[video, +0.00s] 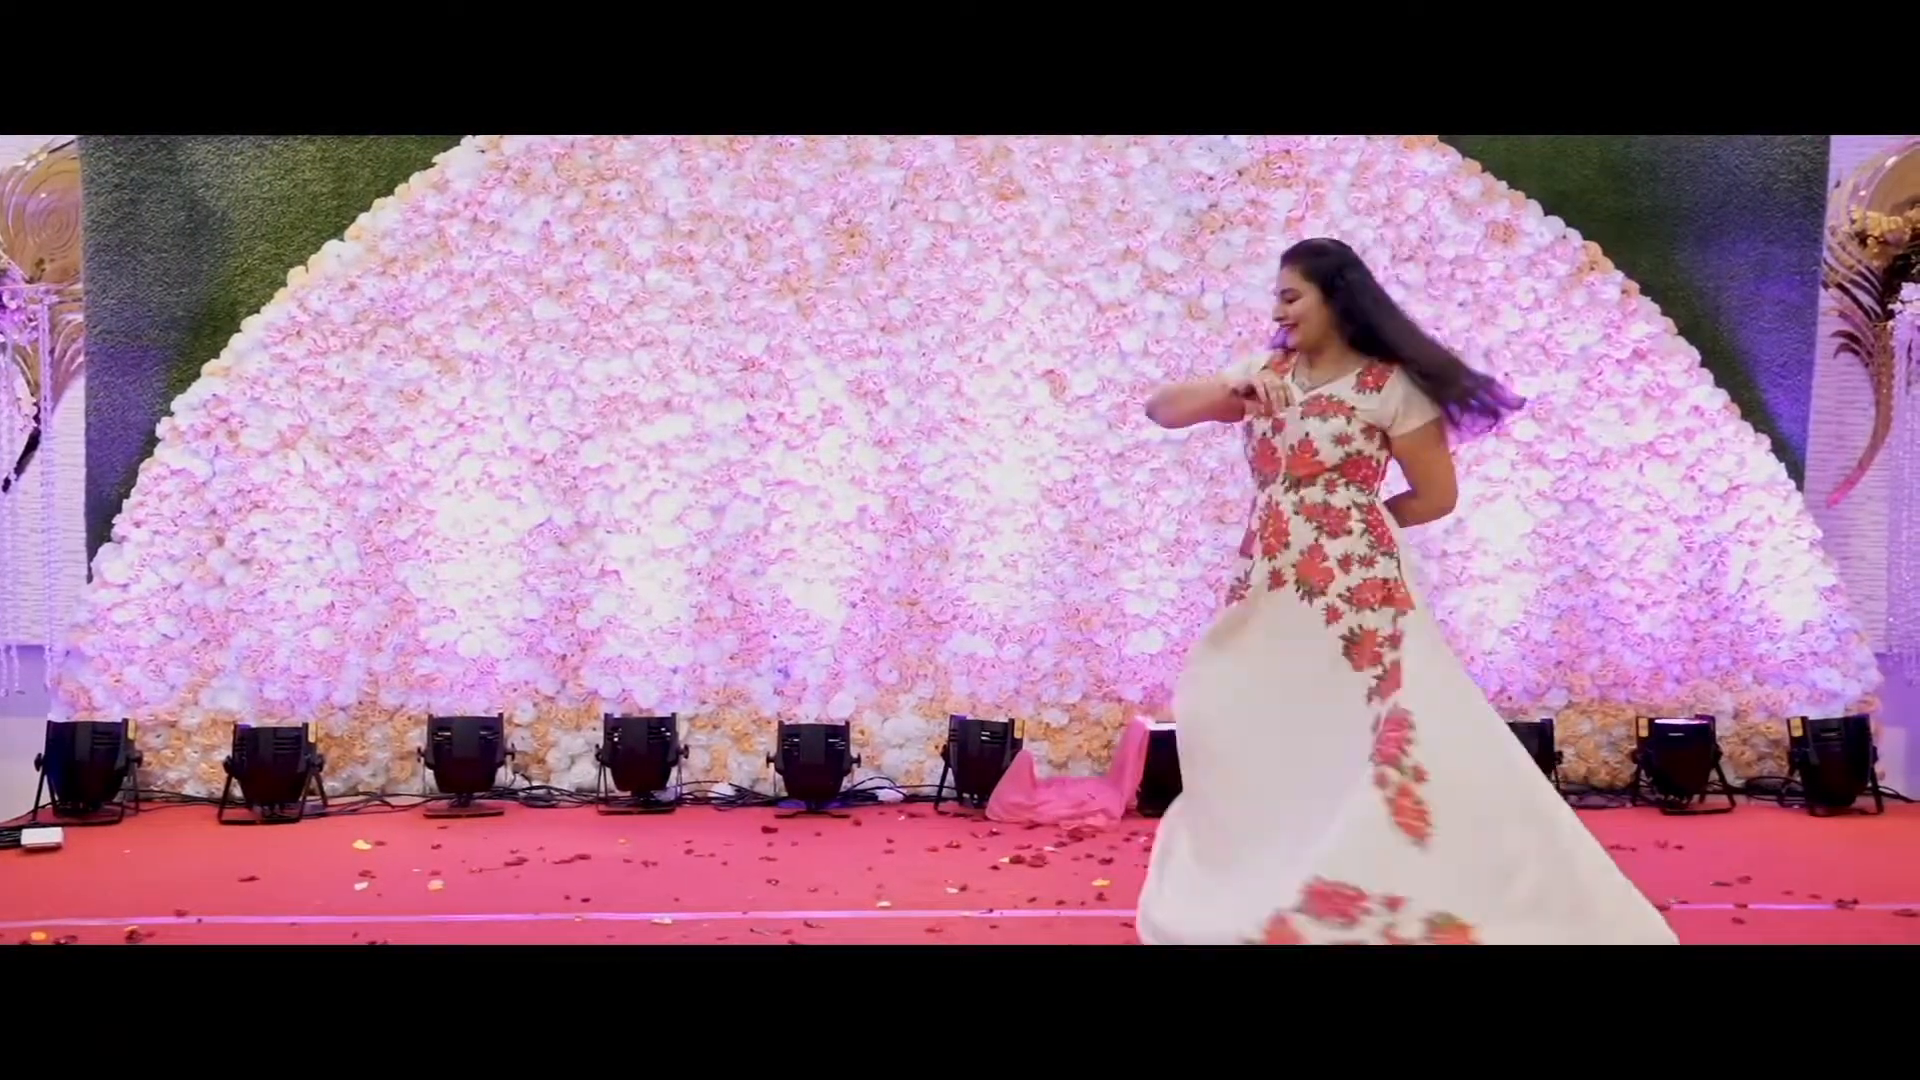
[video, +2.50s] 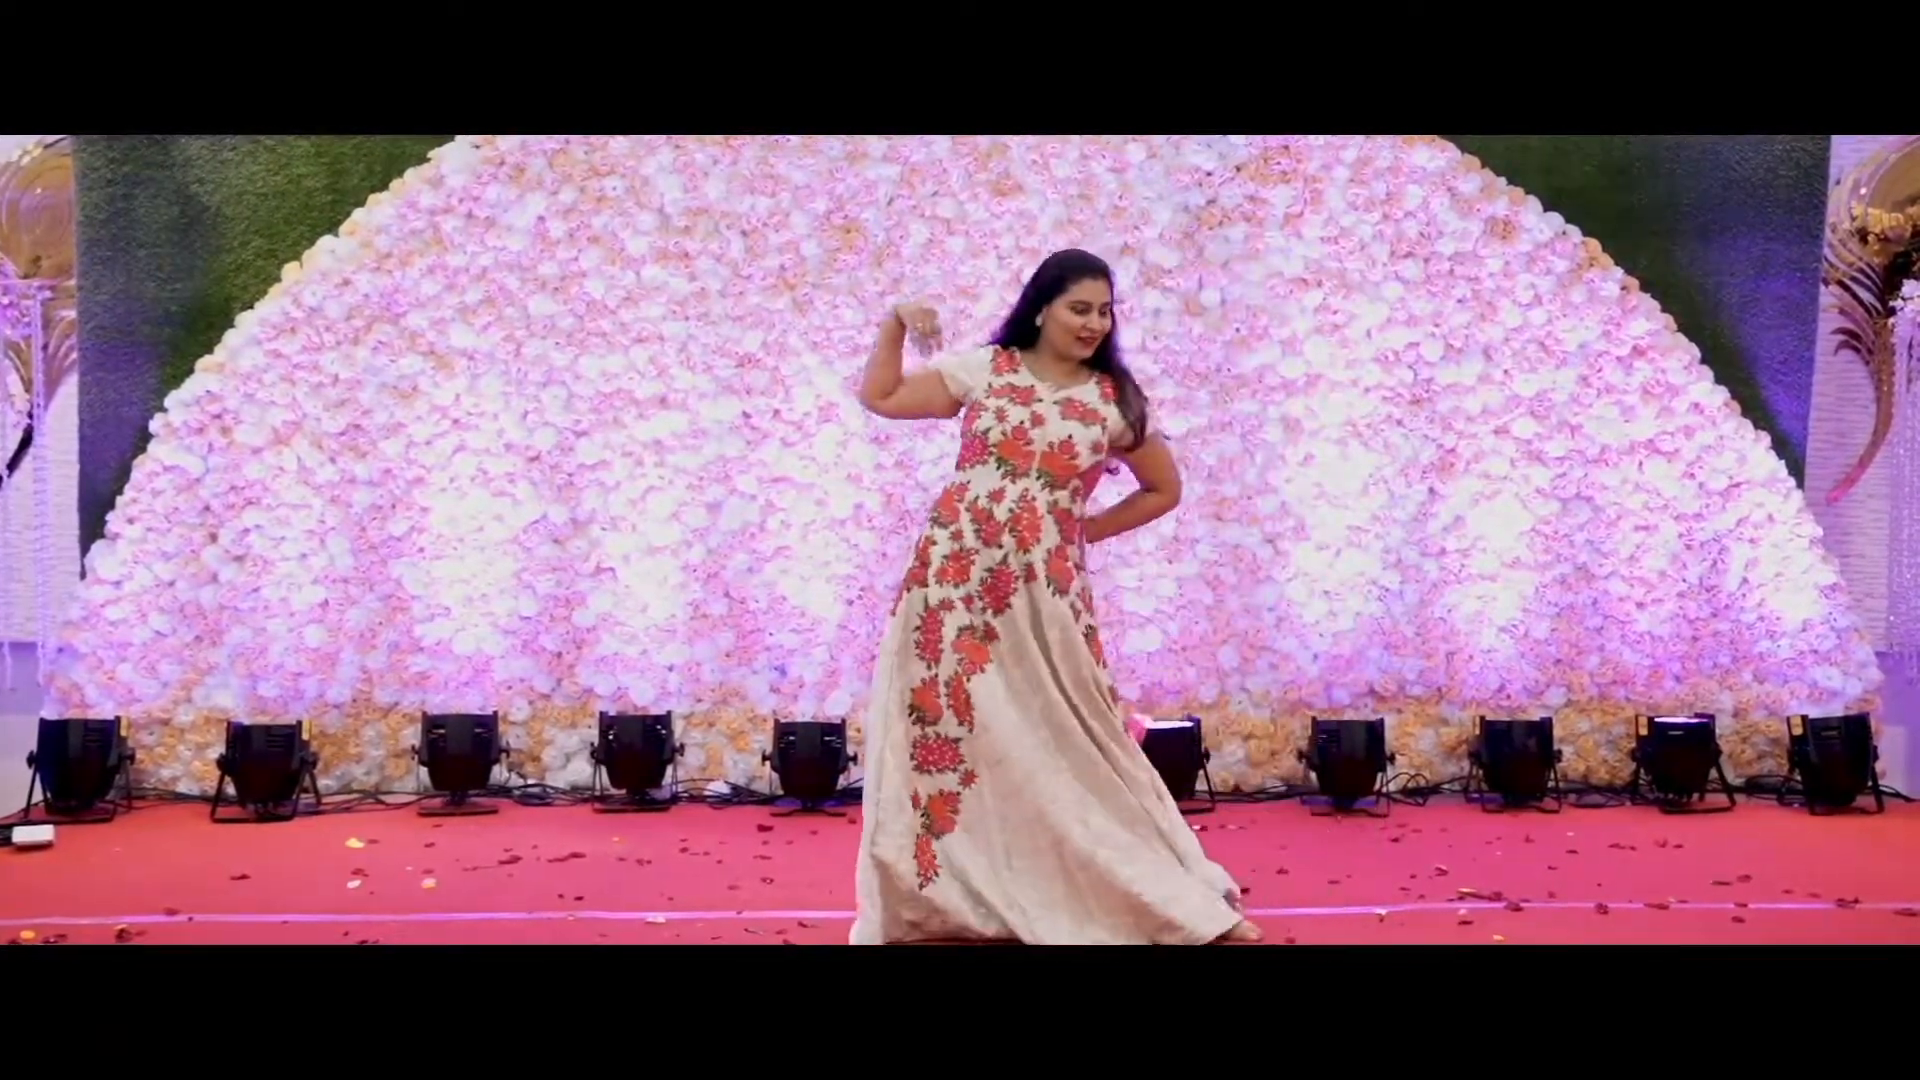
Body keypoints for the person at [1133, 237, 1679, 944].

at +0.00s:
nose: (1280, 309)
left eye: (1293, 295)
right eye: (1278, 296)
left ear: (1338, 301)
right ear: (1285, 304)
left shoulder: (1388, 386)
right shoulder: (1267, 378)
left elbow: (1437, 496)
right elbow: (1162, 407)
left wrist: (1354, 524)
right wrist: (1229, 390)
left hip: (1353, 586)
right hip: (1271, 581)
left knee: (1365, 745)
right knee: (1230, 724)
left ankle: (1373, 909)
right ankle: (1260, 902)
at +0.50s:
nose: (1143, 285)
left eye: (1153, 272)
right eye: (1142, 273)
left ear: (1197, 271)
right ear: (1173, 276)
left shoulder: (1267, 363)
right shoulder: (1136, 336)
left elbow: (1292, 465)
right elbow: (1044, 326)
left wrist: (1215, 483)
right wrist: (1064, 328)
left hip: (1197, 543)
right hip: (1113, 535)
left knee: (1198, 712)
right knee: (1108, 705)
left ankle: (1201, 885)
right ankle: (1112, 888)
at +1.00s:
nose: (1090, 324)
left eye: (1100, 310)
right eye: (1088, 311)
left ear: (1143, 305)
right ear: (1105, 312)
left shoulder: (1219, 363)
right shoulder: (1093, 382)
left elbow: (1271, 462)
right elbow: (1058, 437)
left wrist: (1202, 509)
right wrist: (1029, 357)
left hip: (1180, 568)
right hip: (1094, 566)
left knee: (1169, 733)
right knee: (1074, 728)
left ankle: (1161, 899)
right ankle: (1074, 901)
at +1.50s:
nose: (1174, 308)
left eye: (1188, 294)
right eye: (1165, 295)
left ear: (1228, 294)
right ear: (1157, 298)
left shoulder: (1286, 356)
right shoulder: (1157, 360)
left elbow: (1354, 442)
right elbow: (1179, 405)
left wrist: (1293, 487)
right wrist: (1260, 345)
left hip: (1297, 545)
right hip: (1218, 550)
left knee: (1303, 716)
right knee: (1225, 716)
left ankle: (1304, 888)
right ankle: (1215, 890)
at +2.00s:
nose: (1209, 316)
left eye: (1222, 304)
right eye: (1194, 301)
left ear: (1235, 312)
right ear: (1163, 303)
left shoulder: (1249, 393)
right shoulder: (1123, 361)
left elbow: (1271, 495)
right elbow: (1033, 325)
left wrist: (1206, 512)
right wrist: (1136, 330)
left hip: (1207, 572)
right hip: (1124, 561)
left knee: (1209, 728)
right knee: (1109, 722)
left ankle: (1215, 886)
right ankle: (1104, 889)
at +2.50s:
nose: (1092, 323)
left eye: (1102, 312)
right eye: (1078, 308)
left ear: (1112, 321)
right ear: (1041, 308)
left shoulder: (1113, 403)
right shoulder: (990, 367)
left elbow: (1164, 489)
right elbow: (881, 394)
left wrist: (1089, 527)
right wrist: (893, 327)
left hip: (1041, 574)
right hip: (957, 563)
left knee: (1059, 739)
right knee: (943, 730)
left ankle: (1195, 904)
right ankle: (933, 905)